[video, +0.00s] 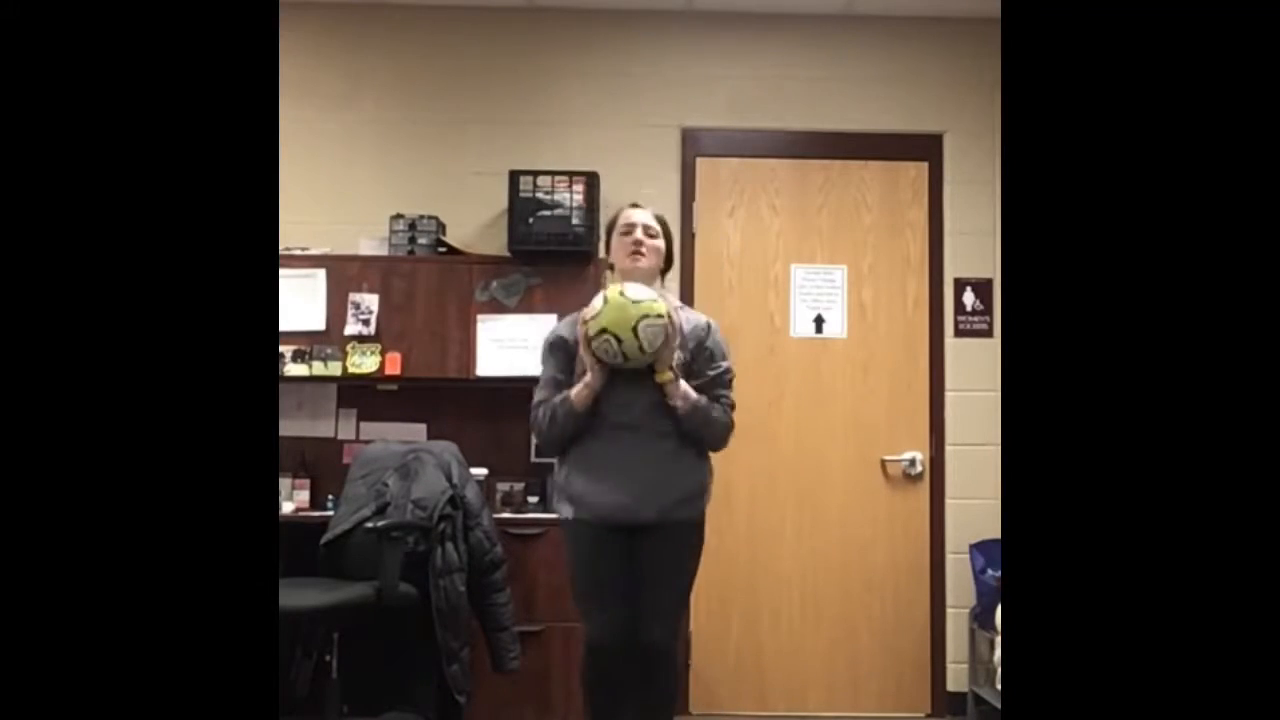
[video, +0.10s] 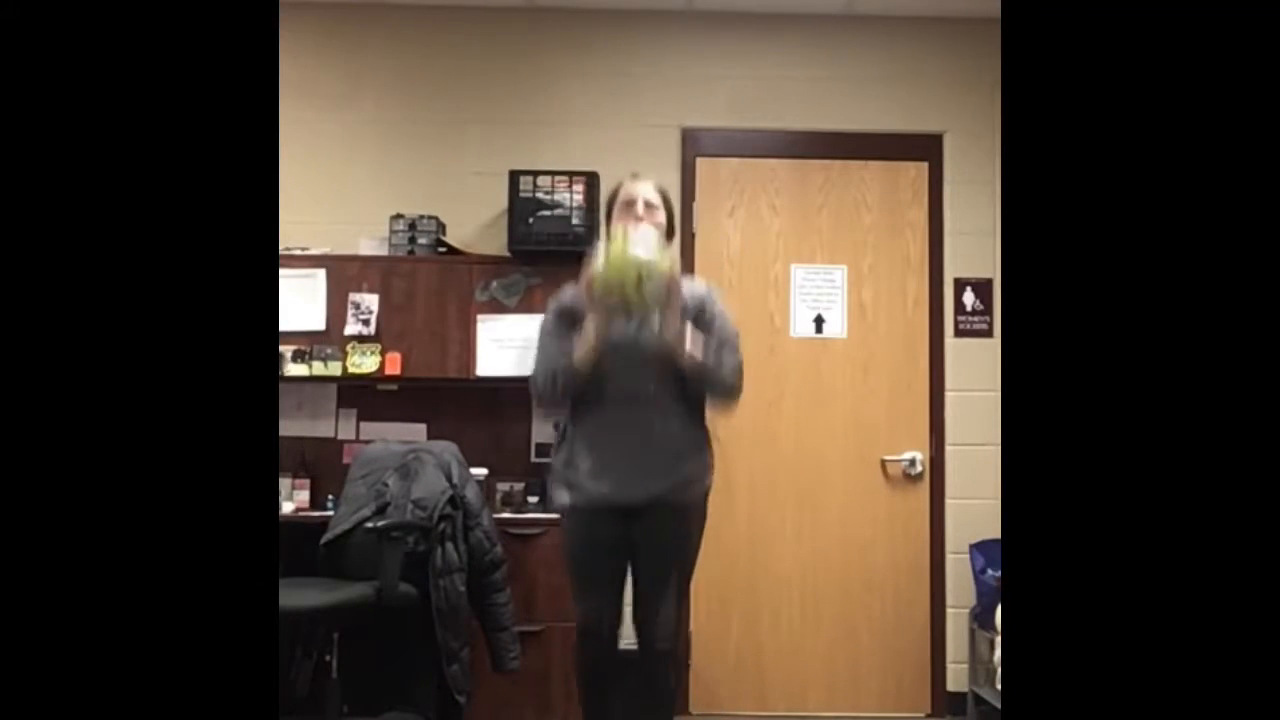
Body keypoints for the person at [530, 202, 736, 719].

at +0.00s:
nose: (640, 238)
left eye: (651, 233)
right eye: (627, 232)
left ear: (666, 254)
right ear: (608, 252)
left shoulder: (698, 330)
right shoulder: (570, 332)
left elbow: (719, 431)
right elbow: (546, 433)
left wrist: (669, 375)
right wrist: (589, 379)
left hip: (673, 516)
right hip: (593, 516)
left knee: (658, 644)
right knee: (606, 643)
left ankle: (657, 717)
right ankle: (606, 717)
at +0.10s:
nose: (639, 217)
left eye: (651, 209)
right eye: (628, 208)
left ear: (668, 225)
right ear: (609, 223)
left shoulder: (696, 301)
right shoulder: (574, 304)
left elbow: (728, 383)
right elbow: (546, 391)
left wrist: (677, 335)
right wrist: (588, 341)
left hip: (673, 493)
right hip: (593, 494)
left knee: (661, 635)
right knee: (595, 631)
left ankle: (660, 717)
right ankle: (599, 716)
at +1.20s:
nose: (625, 233)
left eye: (636, 221)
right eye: (613, 221)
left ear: (656, 226)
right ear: (592, 226)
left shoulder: (683, 282)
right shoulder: (566, 283)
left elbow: (706, 340)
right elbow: (536, 343)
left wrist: (675, 292)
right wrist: (574, 281)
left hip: (661, 474)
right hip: (582, 475)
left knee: (654, 610)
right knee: (587, 609)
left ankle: (652, 710)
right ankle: (592, 710)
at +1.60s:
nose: (630, 244)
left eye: (642, 237)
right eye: (618, 234)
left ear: (660, 255)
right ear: (596, 254)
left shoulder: (679, 317)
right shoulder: (579, 313)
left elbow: (695, 236)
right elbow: (565, 230)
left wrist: (675, 134)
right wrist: (588, 131)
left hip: (664, 510)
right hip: (581, 509)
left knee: (695, 650)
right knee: (551, 649)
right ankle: (502, 714)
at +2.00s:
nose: (639, 238)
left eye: (651, 232)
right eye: (627, 232)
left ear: (666, 254)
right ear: (608, 252)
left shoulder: (698, 331)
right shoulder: (570, 332)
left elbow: (719, 431)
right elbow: (544, 430)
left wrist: (669, 376)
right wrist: (590, 379)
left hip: (673, 517)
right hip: (595, 517)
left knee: (657, 646)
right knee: (605, 644)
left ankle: (656, 719)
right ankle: (607, 719)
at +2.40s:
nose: (636, 222)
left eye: (647, 215)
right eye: (625, 215)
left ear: (666, 232)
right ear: (608, 231)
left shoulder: (680, 290)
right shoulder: (586, 284)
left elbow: (709, 242)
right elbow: (570, 203)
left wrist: (688, 121)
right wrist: (598, 100)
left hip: (659, 472)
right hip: (583, 468)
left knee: (698, 624)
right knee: (556, 619)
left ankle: (734, 715)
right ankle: (517, 711)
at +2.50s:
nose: (628, 227)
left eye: (638, 217)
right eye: (616, 220)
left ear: (658, 232)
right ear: (598, 238)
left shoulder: (674, 298)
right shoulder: (582, 293)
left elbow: (698, 238)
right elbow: (545, 222)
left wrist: (678, 144)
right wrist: (584, 130)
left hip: (654, 474)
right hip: (582, 470)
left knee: (681, 622)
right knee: (550, 616)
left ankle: (721, 709)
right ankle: (521, 711)